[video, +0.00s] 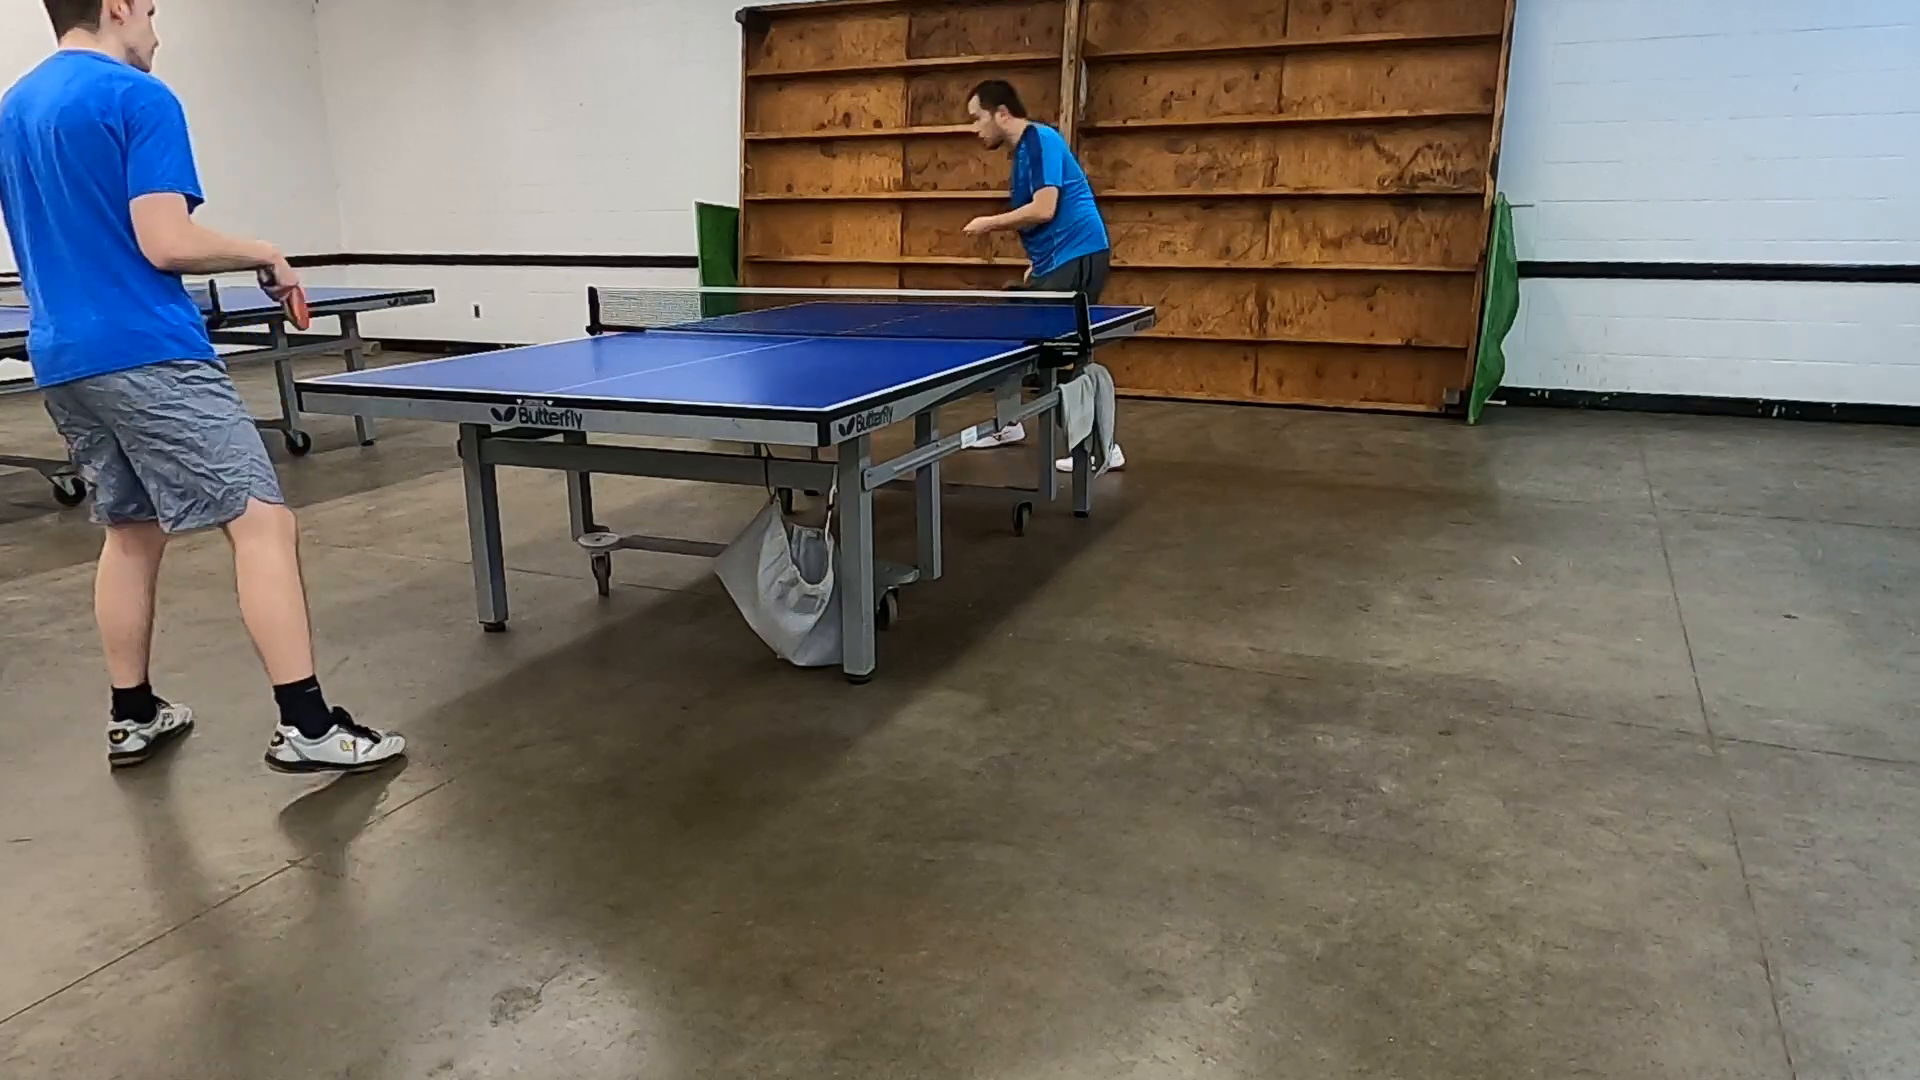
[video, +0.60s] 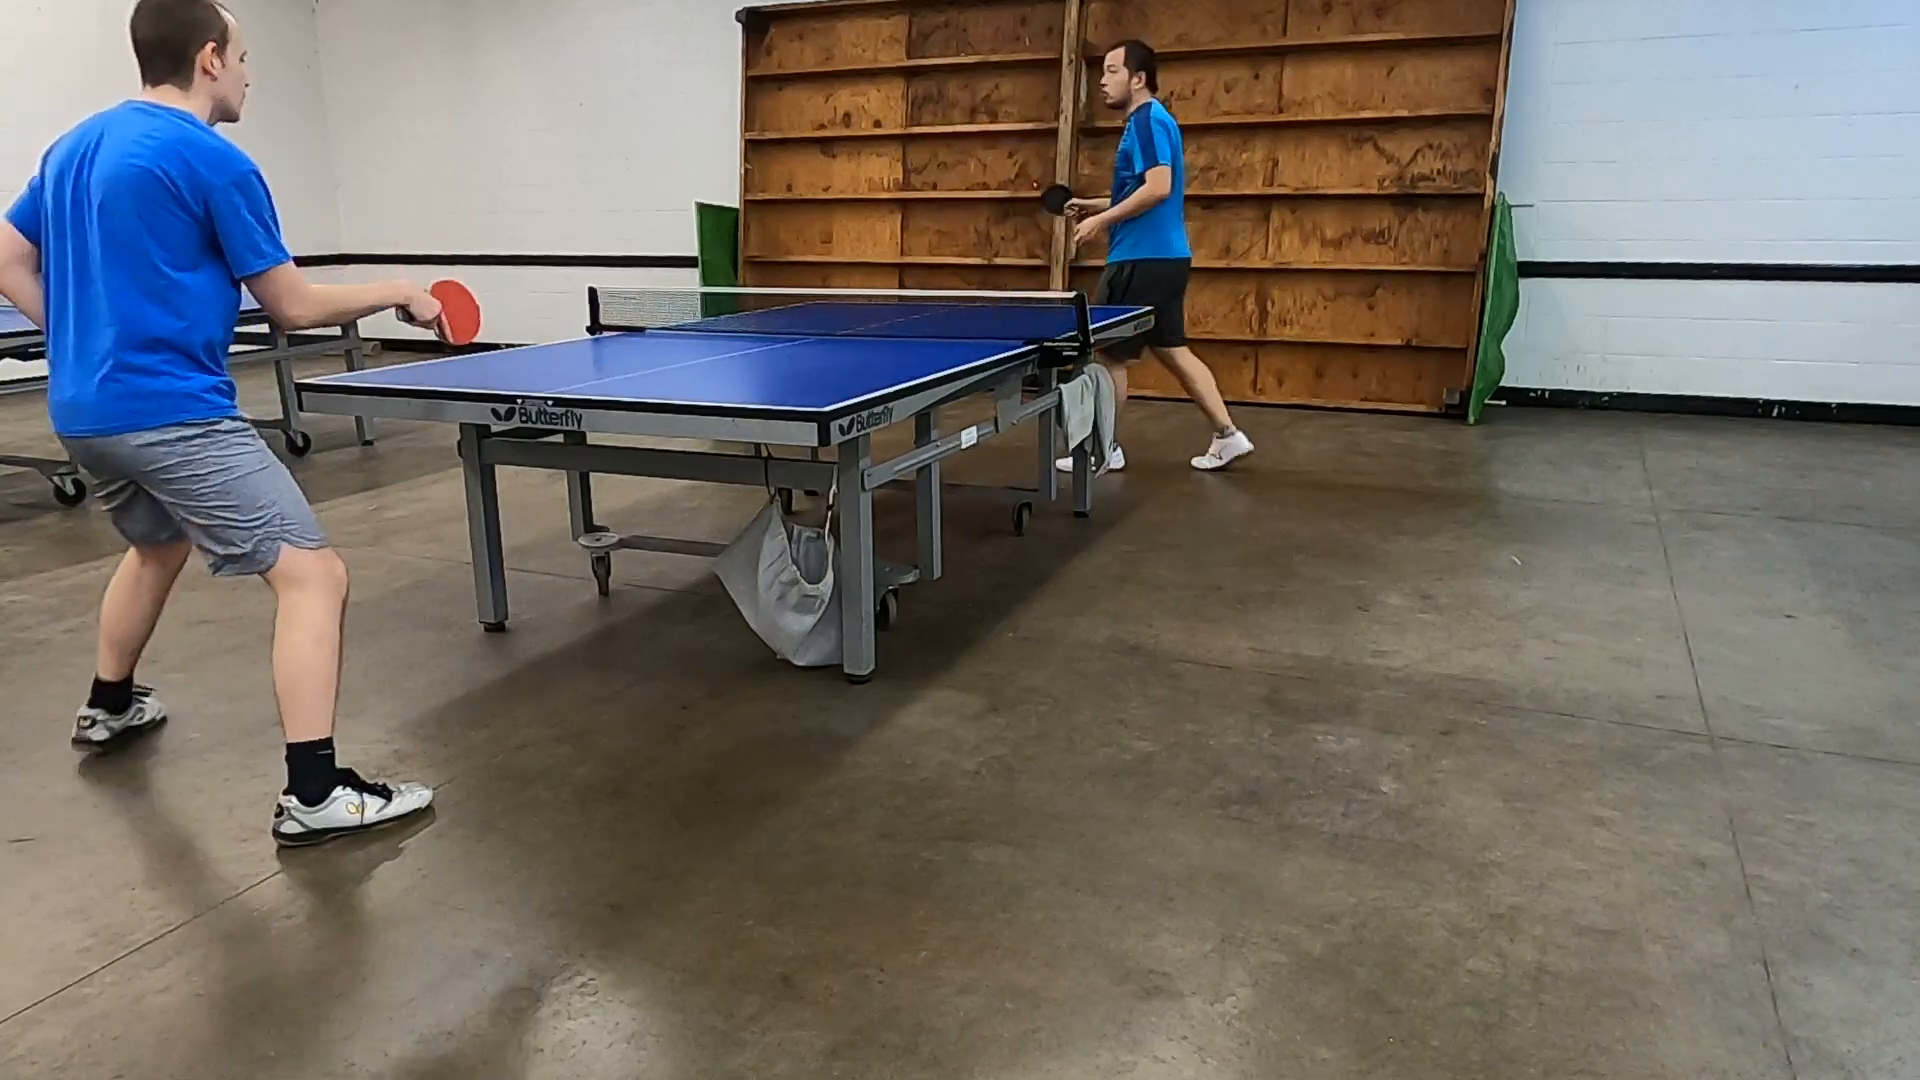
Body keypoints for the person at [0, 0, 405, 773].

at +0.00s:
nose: (157, 33)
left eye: (154, 15)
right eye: (151, 13)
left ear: (69, 17)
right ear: (116, 10)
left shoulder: (15, 108)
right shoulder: (138, 95)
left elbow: (32, 246)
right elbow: (165, 240)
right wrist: (264, 253)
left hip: (60, 361)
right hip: (147, 350)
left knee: (132, 527)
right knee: (262, 518)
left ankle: (133, 714)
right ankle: (308, 722)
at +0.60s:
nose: (247, 76)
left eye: (244, 60)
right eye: (241, 60)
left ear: (153, 64)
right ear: (210, 63)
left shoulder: (74, 145)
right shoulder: (214, 161)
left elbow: (9, 258)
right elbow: (295, 306)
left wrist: (78, 327)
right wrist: (394, 291)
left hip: (81, 409)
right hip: (171, 406)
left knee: (158, 544)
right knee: (311, 573)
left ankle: (109, 705)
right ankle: (315, 788)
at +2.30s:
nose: (281, 150)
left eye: (279, 135)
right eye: (274, 135)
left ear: (194, 144)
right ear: (239, 142)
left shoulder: (108, 212)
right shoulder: (229, 235)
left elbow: (32, 336)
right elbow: (303, 372)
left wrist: (130, 363)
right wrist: (398, 334)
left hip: (52, 455)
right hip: (145, 463)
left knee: (152, 552)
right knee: (339, 584)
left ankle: (101, 712)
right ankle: (316, 790)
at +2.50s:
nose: (274, 132)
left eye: (271, 117)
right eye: (265, 118)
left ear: (194, 127)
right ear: (225, 126)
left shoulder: (106, 196)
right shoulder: (192, 223)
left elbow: (144, 325)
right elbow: (287, 368)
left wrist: (260, 327)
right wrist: (402, 336)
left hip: (51, 442)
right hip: (126, 454)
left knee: (163, 553)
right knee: (315, 581)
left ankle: (104, 711)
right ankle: (316, 790)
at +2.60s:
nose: (272, 112)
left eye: (269, 97)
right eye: (261, 98)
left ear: (202, 107)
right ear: (217, 107)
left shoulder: (135, 175)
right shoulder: (153, 199)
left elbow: (191, 306)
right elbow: (231, 361)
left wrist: (301, 298)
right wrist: (372, 371)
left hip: (83, 409)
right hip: (90, 423)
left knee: (170, 535)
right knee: (261, 572)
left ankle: (107, 681)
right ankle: (287, 779)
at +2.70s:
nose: (262, 128)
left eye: (259, 111)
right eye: (251, 113)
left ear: (194, 123)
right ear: (201, 124)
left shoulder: (176, 203)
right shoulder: (124, 225)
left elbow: (200, 311)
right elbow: (179, 390)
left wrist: (305, 310)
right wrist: (299, 438)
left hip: (138, 415)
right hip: (78, 439)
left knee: (231, 508)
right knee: (233, 593)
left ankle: (140, 642)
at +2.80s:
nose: (249, 154)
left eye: (245, 138)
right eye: (234, 141)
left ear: (187, 154)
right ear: (182, 154)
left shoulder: (191, 215)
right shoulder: (104, 258)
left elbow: (228, 308)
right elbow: (142, 422)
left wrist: (327, 317)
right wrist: (222, 511)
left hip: (152, 421)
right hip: (79, 442)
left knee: (246, 531)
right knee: (212, 578)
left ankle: (179, 654)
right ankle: (155, 785)